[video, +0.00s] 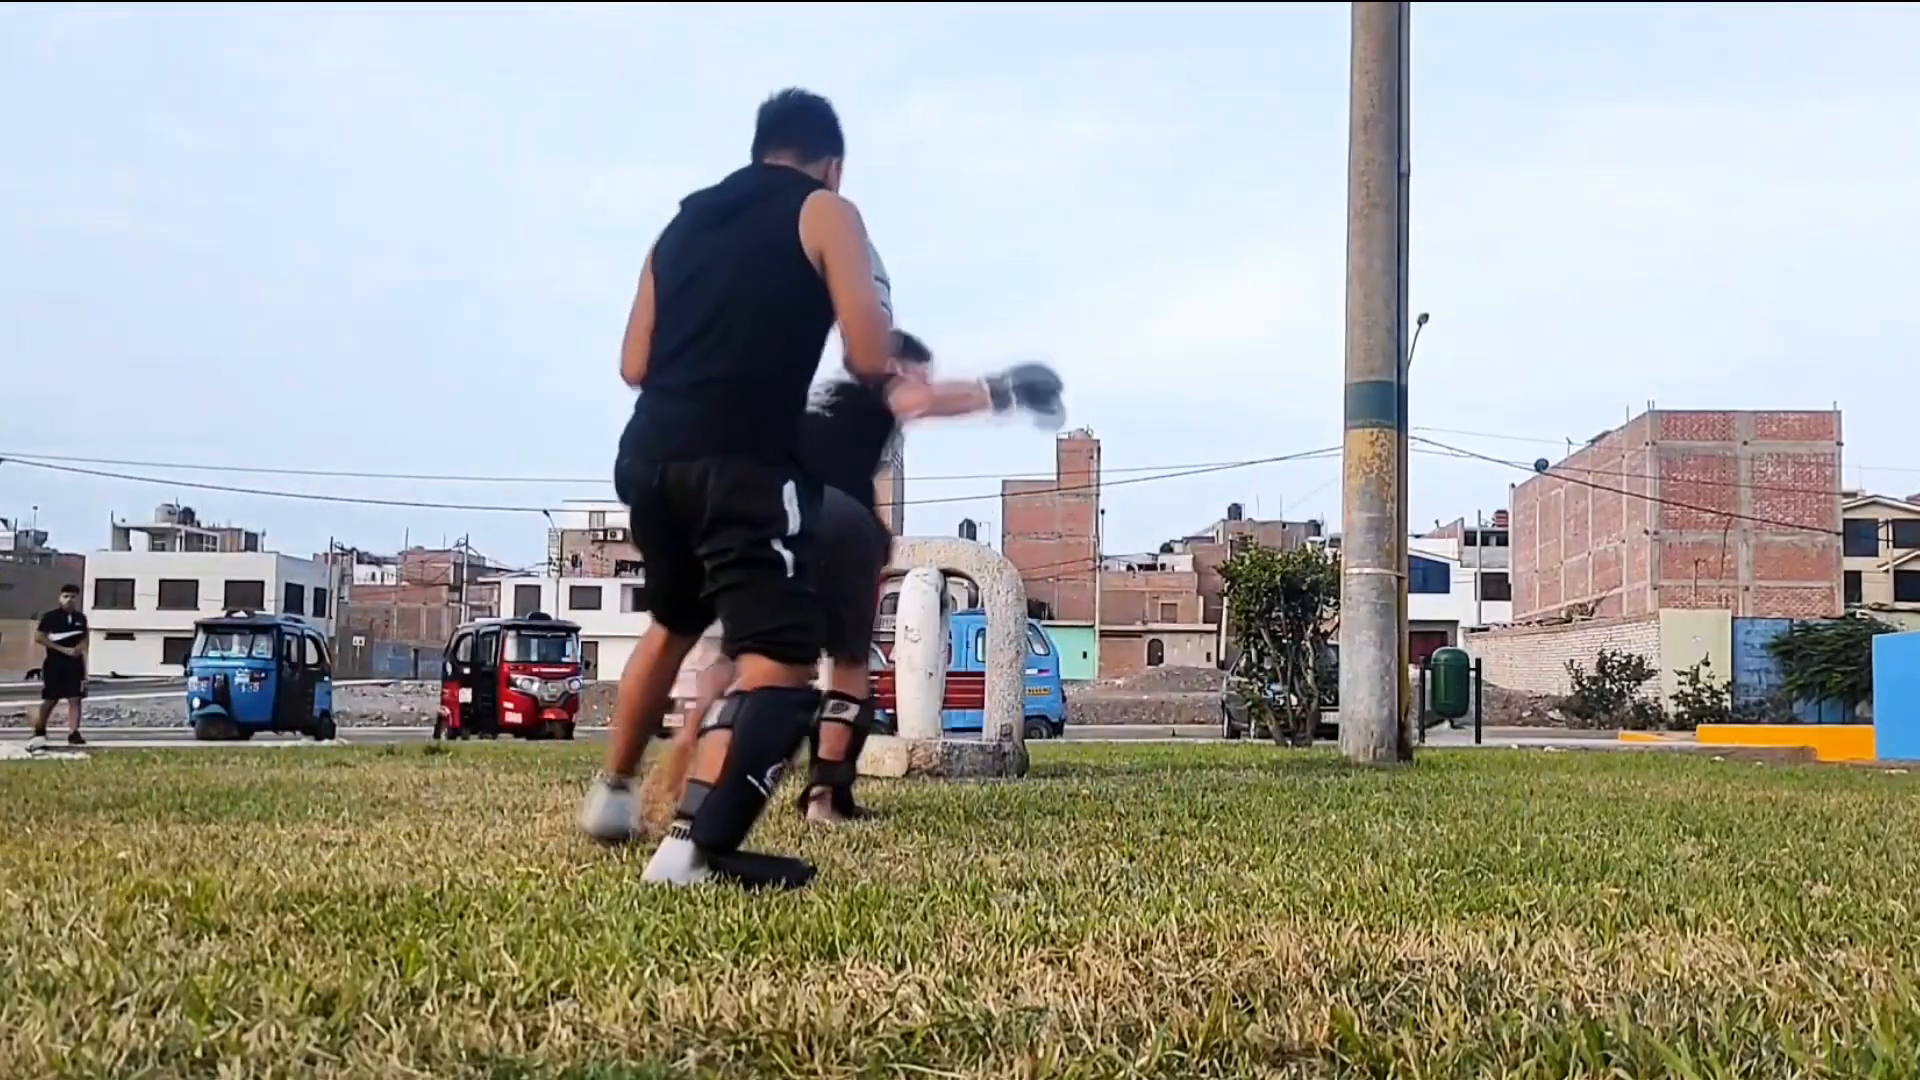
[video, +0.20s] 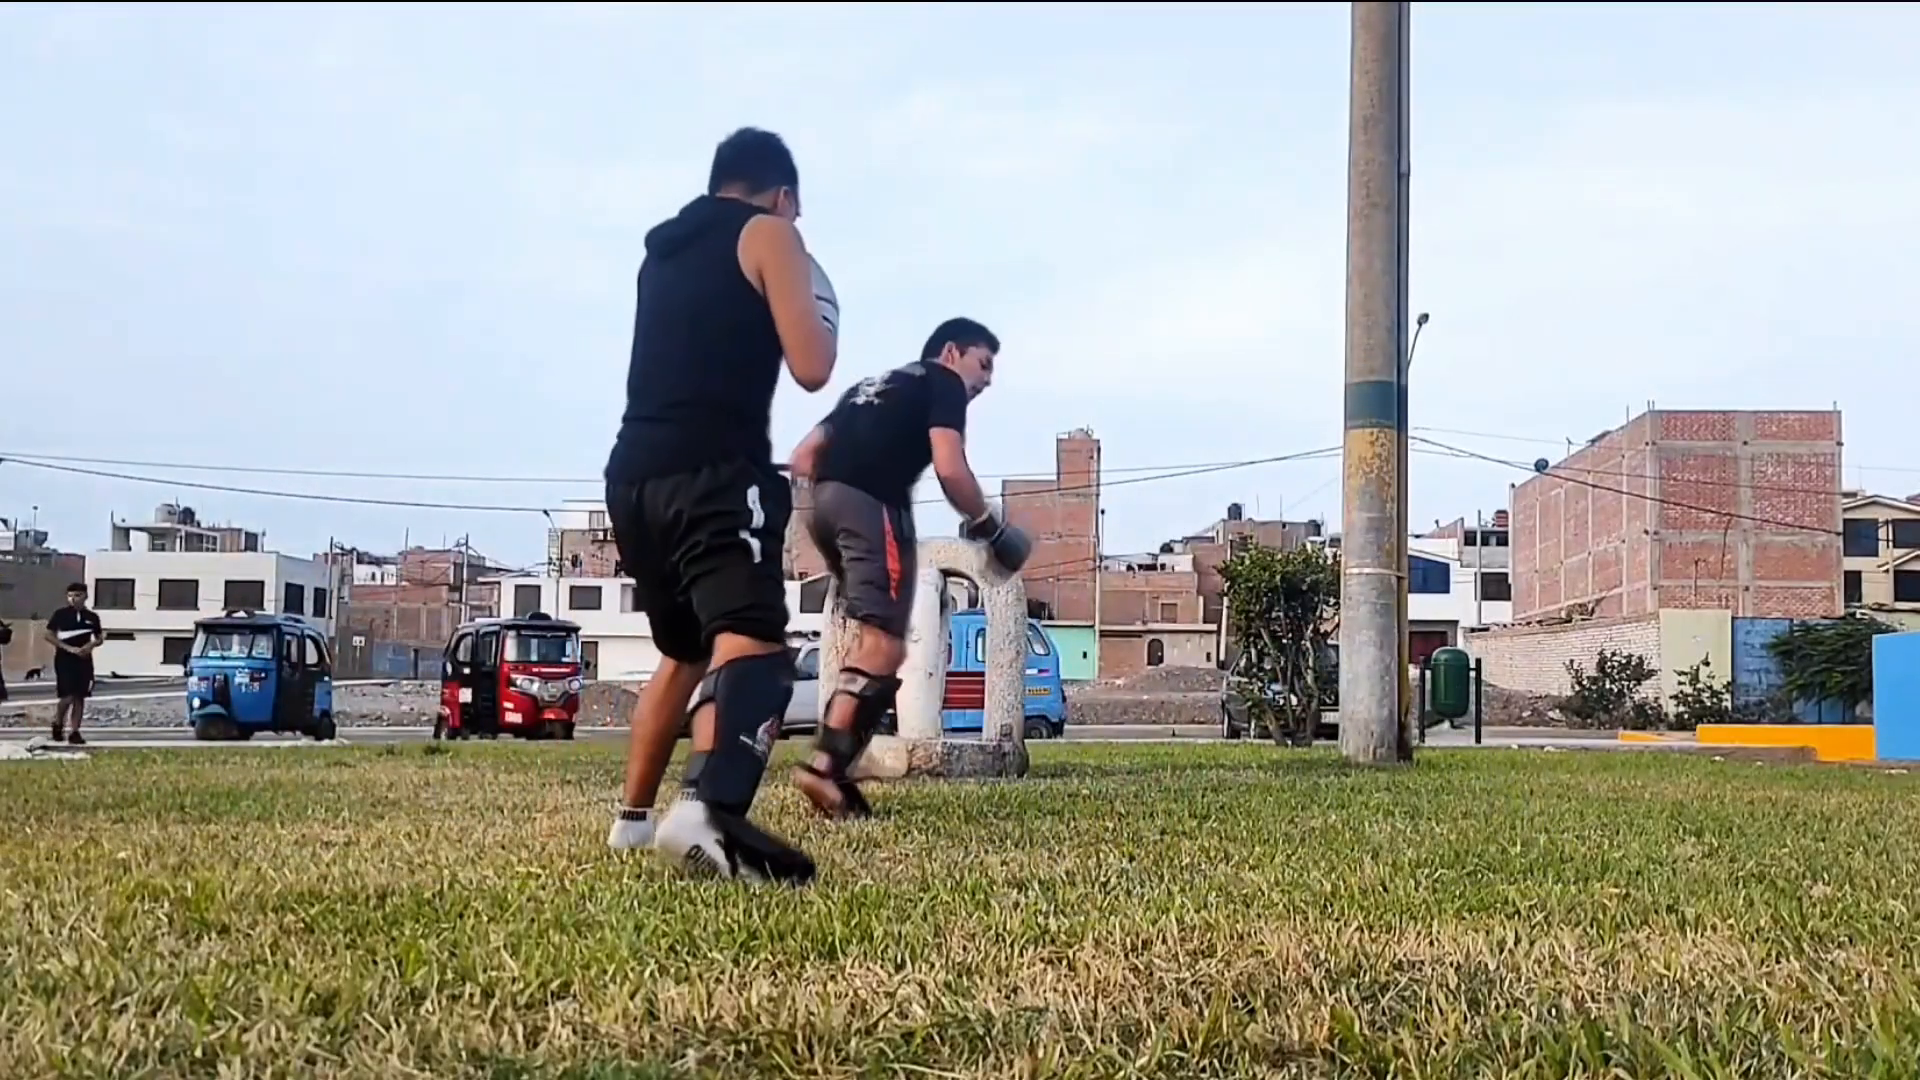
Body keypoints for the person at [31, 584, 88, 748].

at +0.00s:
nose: (68, 600)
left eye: (72, 597)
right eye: (65, 596)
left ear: (76, 599)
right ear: (60, 598)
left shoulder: (81, 619)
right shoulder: (50, 616)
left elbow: (85, 639)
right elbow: (39, 637)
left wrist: (79, 648)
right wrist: (64, 649)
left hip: (74, 664)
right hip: (54, 665)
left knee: (75, 699)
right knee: (50, 699)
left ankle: (74, 732)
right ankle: (40, 729)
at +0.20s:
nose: (74, 599)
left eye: (78, 596)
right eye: (71, 596)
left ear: (85, 597)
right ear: (67, 597)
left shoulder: (92, 617)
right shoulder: (60, 614)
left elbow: (99, 639)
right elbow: (49, 635)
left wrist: (88, 647)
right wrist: (69, 648)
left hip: (83, 659)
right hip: (65, 659)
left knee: (79, 697)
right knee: (67, 696)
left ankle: (75, 730)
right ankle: (58, 723)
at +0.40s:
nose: (73, 601)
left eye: (77, 597)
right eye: (72, 598)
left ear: (88, 598)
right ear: (70, 599)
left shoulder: (100, 617)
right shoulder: (66, 615)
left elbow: (109, 638)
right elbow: (55, 636)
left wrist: (97, 645)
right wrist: (74, 650)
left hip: (90, 659)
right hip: (72, 659)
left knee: (85, 697)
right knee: (77, 696)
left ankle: (82, 730)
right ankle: (76, 731)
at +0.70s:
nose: (77, 600)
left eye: (79, 596)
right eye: (75, 597)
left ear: (91, 594)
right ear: (76, 598)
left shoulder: (108, 614)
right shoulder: (74, 616)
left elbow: (120, 633)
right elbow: (66, 637)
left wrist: (109, 642)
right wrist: (86, 647)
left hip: (103, 660)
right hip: (84, 661)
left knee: (106, 696)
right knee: (87, 697)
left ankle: (86, 721)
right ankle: (90, 730)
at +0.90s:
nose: (83, 600)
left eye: (86, 596)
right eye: (81, 597)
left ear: (97, 595)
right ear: (81, 597)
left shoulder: (113, 613)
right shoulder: (79, 614)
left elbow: (124, 634)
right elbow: (72, 636)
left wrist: (112, 646)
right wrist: (91, 647)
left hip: (108, 660)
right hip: (88, 661)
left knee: (116, 693)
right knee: (89, 697)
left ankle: (108, 725)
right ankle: (91, 731)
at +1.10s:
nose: (80, 605)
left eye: (83, 601)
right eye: (79, 602)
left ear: (93, 600)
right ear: (78, 601)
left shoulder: (109, 619)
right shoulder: (73, 620)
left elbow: (117, 641)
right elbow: (66, 640)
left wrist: (108, 654)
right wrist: (83, 654)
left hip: (101, 664)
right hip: (80, 665)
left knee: (107, 700)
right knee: (79, 702)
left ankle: (113, 734)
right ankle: (78, 736)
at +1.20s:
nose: (53, 614)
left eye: (57, 610)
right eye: (52, 610)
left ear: (68, 610)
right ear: (50, 612)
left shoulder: (82, 629)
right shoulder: (47, 628)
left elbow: (88, 652)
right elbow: (37, 650)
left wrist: (80, 665)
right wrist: (53, 664)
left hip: (73, 675)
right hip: (52, 675)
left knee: (77, 712)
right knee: (49, 713)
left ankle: (80, 747)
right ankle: (46, 748)